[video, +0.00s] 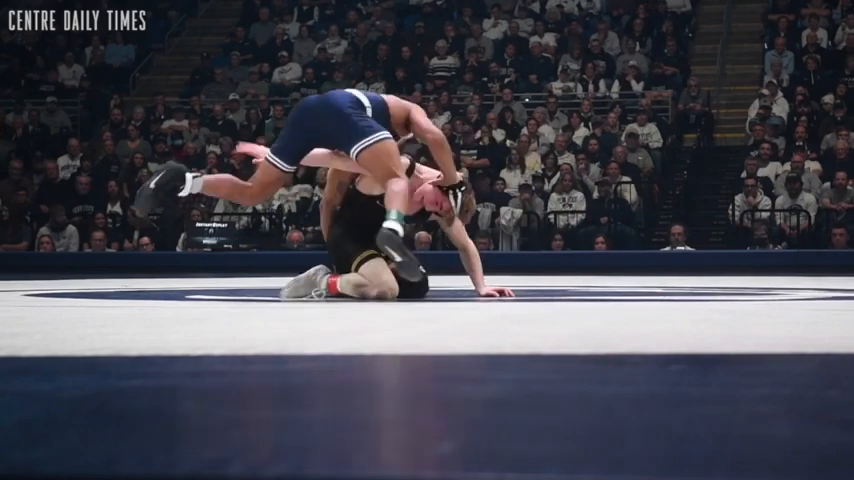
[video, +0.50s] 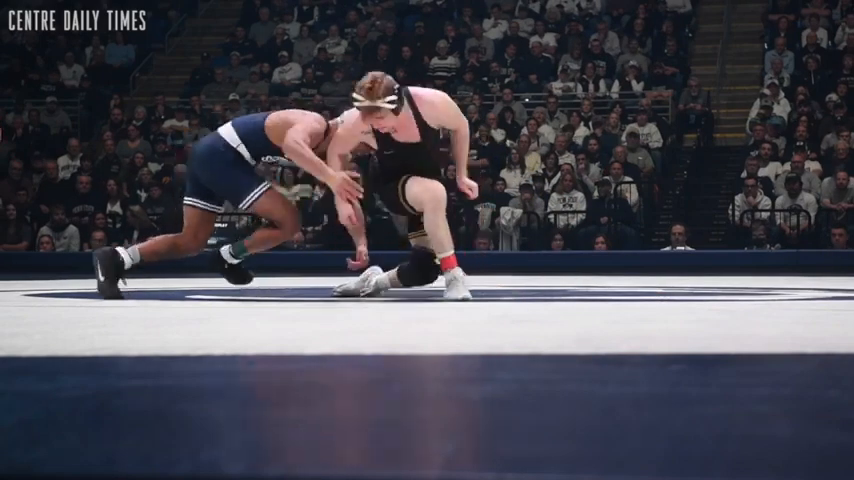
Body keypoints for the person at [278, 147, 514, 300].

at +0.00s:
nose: (433, 210)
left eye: (439, 211)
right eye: (439, 204)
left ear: (441, 209)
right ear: (438, 184)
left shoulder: (432, 196)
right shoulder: (392, 166)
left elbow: (465, 244)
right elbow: (334, 158)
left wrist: (482, 288)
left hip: (381, 238)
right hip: (347, 232)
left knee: (412, 289)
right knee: (386, 288)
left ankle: (354, 281)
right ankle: (322, 283)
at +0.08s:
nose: (440, 190)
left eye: (448, 191)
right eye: (444, 181)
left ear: (452, 190)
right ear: (441, 161)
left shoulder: (445, 192)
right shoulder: (394, 153)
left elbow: (465, 240)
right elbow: (334, 151)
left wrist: (482, 287)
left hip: (384, 232)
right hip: (350, 223)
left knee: (417, 285)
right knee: (388, 282)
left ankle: (349, 285)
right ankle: (322, 278)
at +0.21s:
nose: (446, 156)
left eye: (452, 153)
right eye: (446, 149)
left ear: (455, 151)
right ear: (434, 133)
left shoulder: (449, 171)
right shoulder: (387, 140)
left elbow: (461, 228)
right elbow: (329, 155)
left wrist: (476, 282)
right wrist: (281, 169)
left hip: (397, 222)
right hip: (360, 209)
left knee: (418, 283)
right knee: (405, 232)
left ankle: (360, 287)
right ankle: (338, 272)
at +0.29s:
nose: (443, 150)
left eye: (450, 146)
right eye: (439, 142)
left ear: (454, 144)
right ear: (425, 133)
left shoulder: (451, 164)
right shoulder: (384, 139)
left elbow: (463, 217)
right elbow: (328, 158)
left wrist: (477, 272)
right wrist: (286, 190)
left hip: (408, 218)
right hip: (366, 207)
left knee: (420, 284)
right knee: (423, 194)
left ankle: (366, 281)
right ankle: (384, 270)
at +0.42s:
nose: (403, 138)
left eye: (411, 132)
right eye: (399, 130)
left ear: (424, 123)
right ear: (391, 121)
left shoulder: (444, 128)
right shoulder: (370, 131)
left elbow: (475, 163)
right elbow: (324, 144)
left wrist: (477, 215)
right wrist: (303, 187)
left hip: (419, 201)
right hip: (382, 200)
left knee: (421, 285)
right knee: (429, 194)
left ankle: (363, 286)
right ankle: (452, 275)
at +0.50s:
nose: (374, 125)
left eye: (379, 118)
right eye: (368, 119)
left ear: (396, 106)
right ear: (363, 112)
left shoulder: (431, 103)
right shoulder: (356, 124)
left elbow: (460, 126)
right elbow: (334, 153)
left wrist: (462, 175)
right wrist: (341, 201)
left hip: (430, 176)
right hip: (391, 181)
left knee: (425, 270)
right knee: (434, 193)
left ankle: (376, 282)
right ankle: (454, 276)